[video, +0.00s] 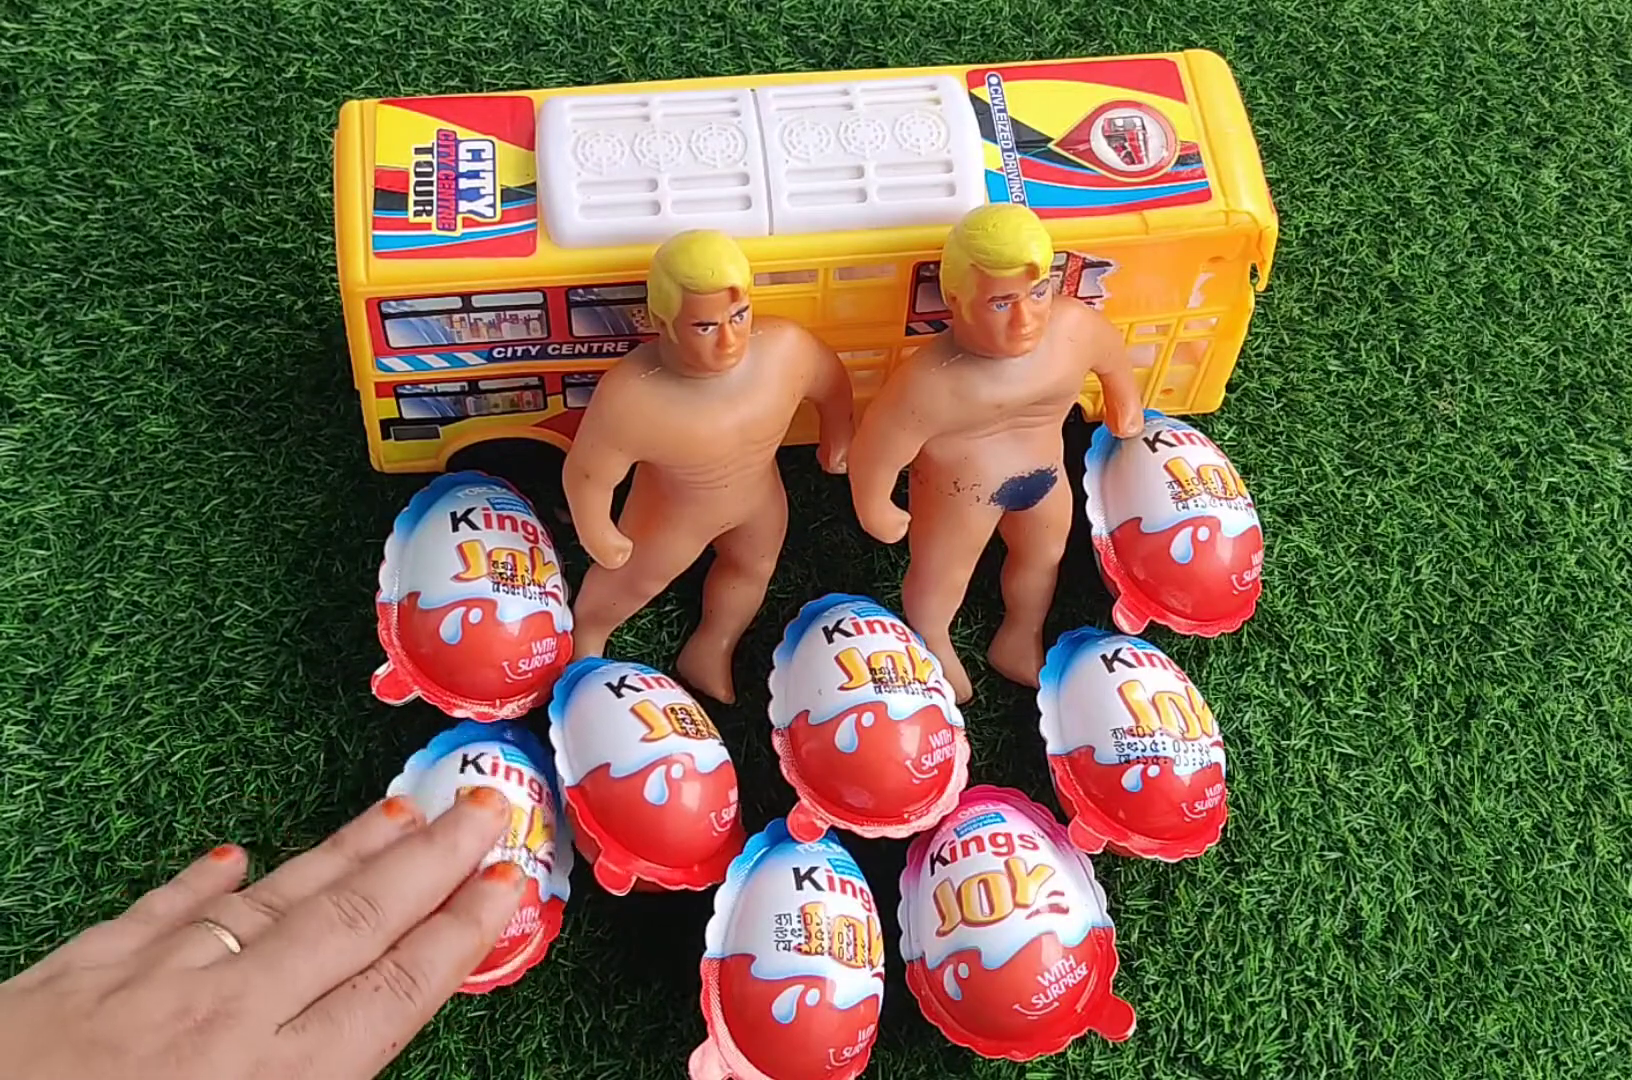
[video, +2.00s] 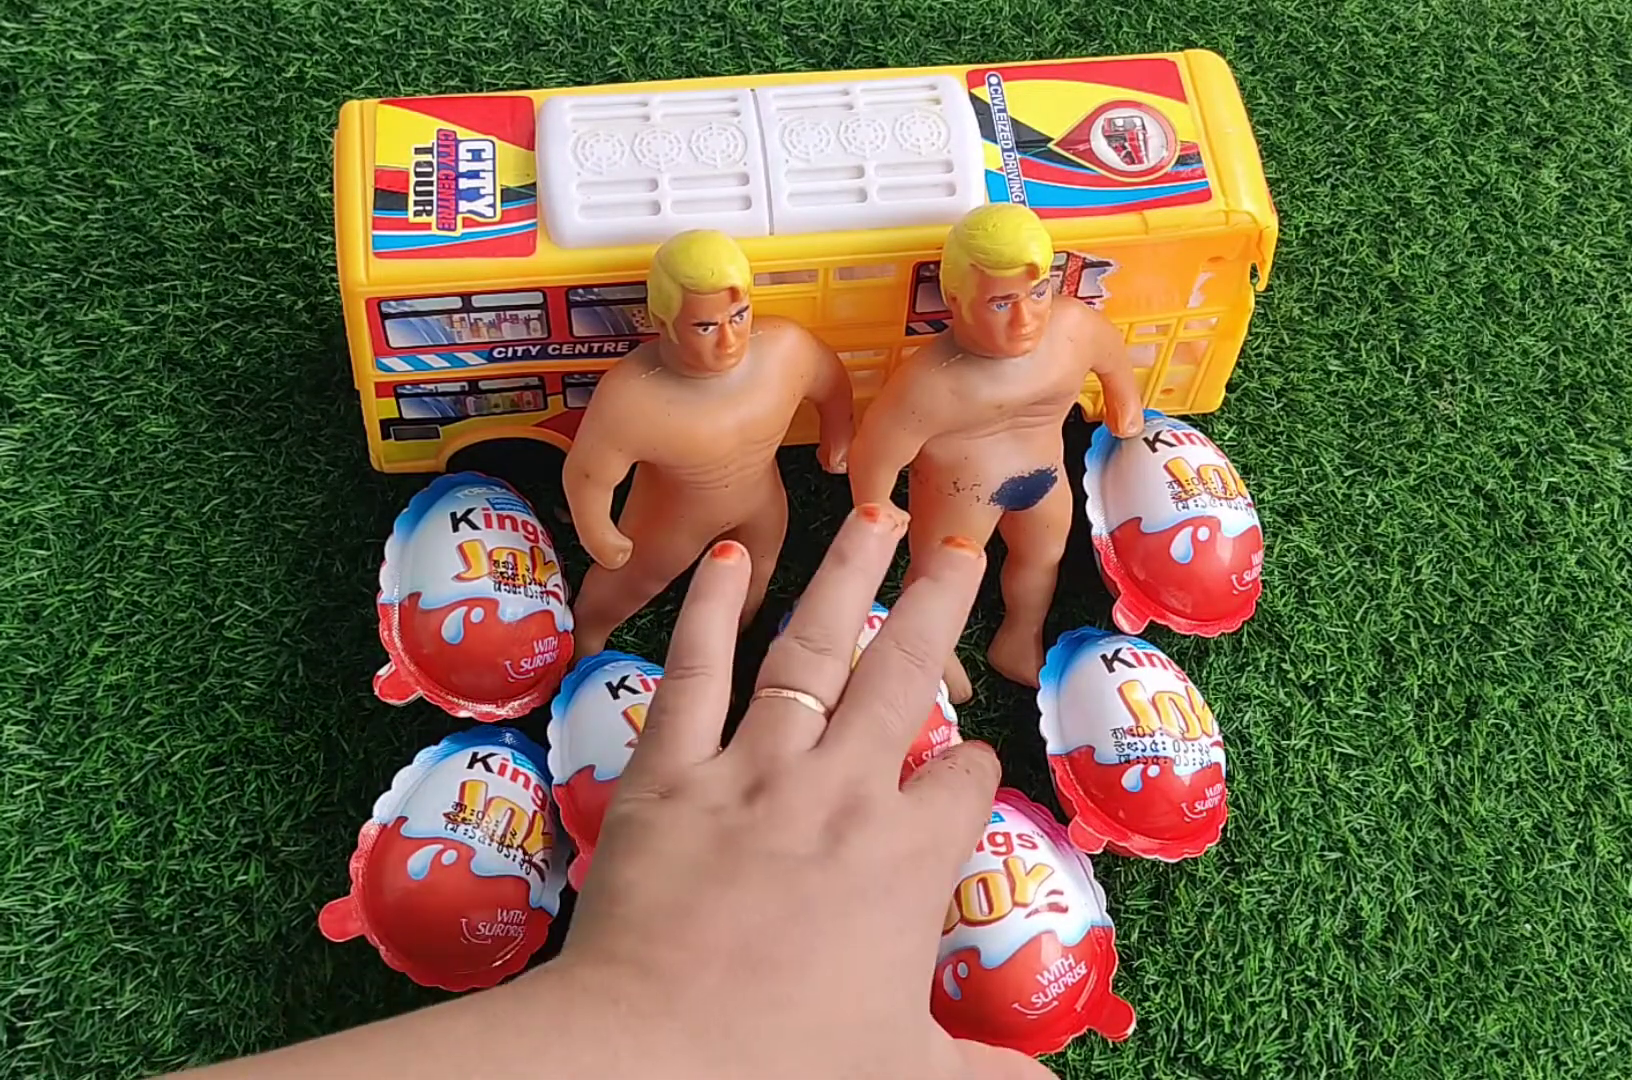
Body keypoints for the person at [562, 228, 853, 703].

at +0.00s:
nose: (729, 339)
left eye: (739, 316)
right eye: (705, 326)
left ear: (751, 301)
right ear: (660, 323)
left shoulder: (789, 350)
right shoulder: (629, 397)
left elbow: (834, 387)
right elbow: (587, 474)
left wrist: (837, 439)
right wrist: (600, 538)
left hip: (759, 496)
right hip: (673, 512)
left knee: (749, 574)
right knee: (631, 584)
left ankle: (711, 650)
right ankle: (590, 629)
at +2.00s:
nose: (729, 338)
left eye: (739, 316)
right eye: (705, 326)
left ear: (750, 303)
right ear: (663, 325)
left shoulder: (789, 350)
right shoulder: (630, 395)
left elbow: (835, 390)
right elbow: (587, 476)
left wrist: (837, 442)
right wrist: (603, 542)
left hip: (761, 503)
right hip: (671, 518)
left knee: (752, 589)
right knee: (627, 590)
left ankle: (730, 643)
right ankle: (587, 637)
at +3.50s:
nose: (729, 339)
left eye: (738, 316)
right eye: (705, 326)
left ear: (750, 303)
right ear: (662, 325)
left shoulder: (787, 350)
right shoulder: (628, 398)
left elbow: (833, 386)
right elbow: (586, 478)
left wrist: (836, 442)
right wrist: (601, 542)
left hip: (758, 502)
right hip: (670, 515)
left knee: (756, 587)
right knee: (637, 597)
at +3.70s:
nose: (728, 339)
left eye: (738, 315)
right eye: (705, 326)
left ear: (749, 301)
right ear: (663, 324)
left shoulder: (787, 350)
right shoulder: (628, 398)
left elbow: (833, 388)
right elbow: (585, 481)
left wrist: (835, 446)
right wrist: (606, 548)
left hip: (762, 540)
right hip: (665, 552)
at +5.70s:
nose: (728, 340)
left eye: (739, 316)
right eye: (704, 328)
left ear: (750, 302)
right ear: (663, 326)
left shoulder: (786, 350)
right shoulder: (626, 399)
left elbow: (832, 390)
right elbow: (585, 480)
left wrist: (833, 448)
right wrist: (602, 558)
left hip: (756, 516)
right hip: (666, 530)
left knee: (749, 619)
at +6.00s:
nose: (728, 339)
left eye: (738, 316)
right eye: (705, 326)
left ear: (749, 303)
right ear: (661, 325)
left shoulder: (788, 350)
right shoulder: (628, 399)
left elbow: (833, 388)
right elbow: (585, 479)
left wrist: (836, 444)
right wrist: (600, 541)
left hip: (758, 506)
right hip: (670, 519)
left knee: (754, 597)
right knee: (648, 613)